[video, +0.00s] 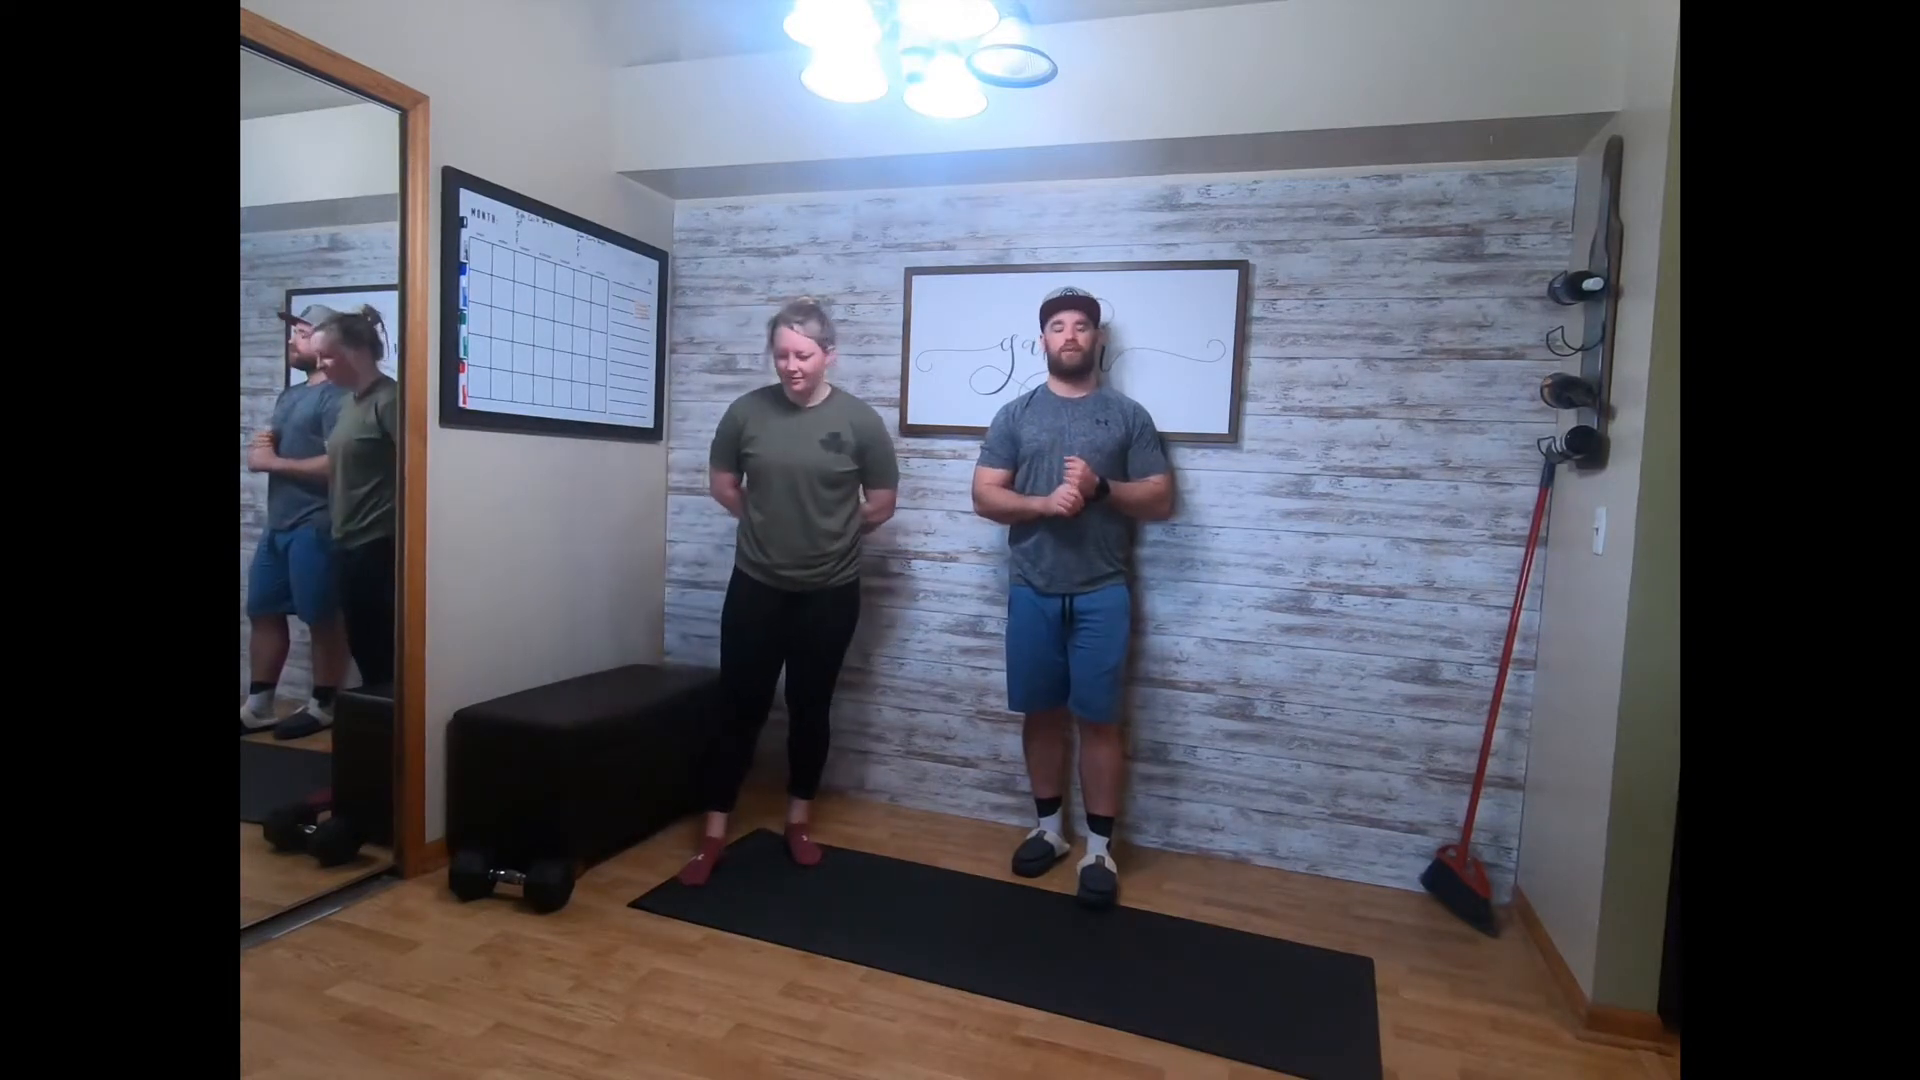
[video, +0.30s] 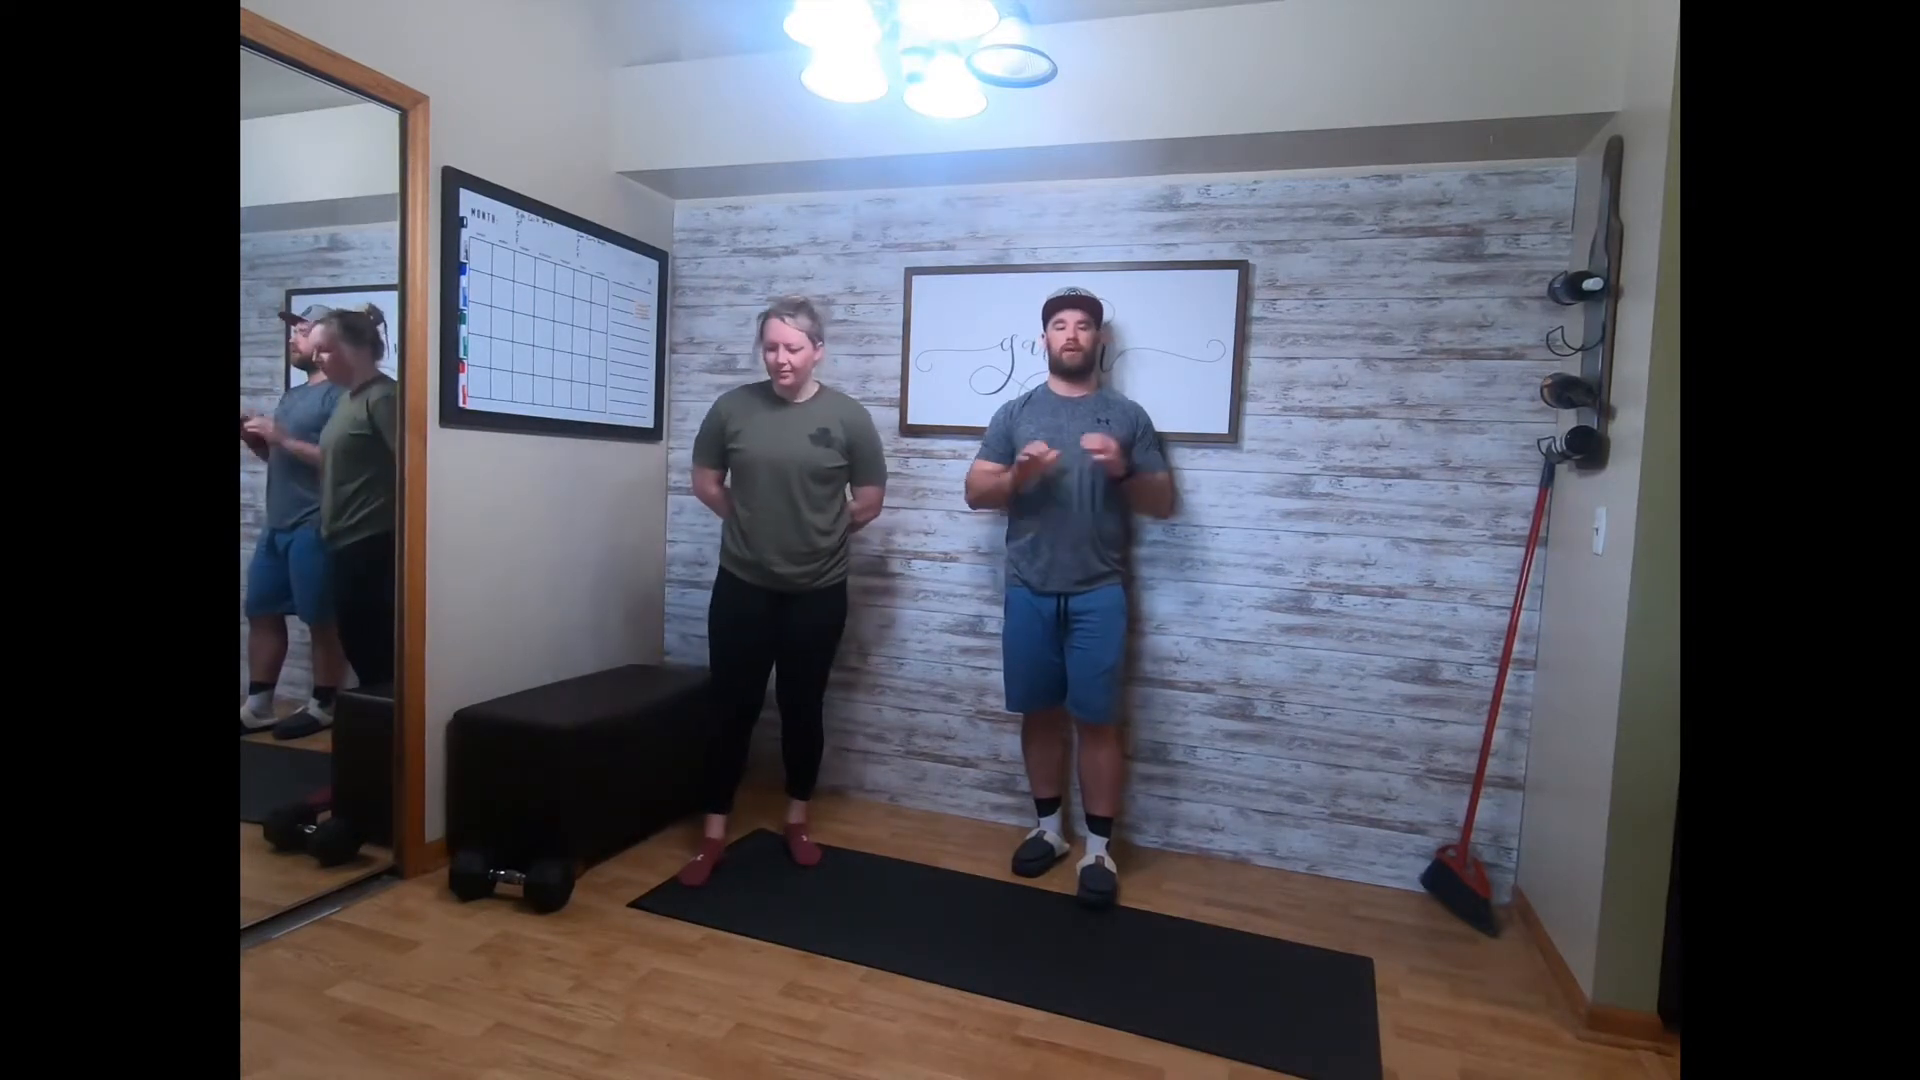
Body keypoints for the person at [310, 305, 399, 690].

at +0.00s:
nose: (324, 368)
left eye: (328, 358)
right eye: (322, 360)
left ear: (356, 354)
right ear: (354, 355)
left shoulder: (390, 399)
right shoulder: (351, 401)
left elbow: (418, 469)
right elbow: (347, 468)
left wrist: (410, 536)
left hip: (381, 545)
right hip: (350, 544)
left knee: (379, 649)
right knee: (366, 648)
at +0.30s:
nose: (320, 362)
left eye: (324, 352)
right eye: (318, 354)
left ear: (353, 348)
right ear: (347, 351)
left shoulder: (384, 397)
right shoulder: (351, 398)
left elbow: (415, 465)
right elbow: (346, 467)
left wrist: (412, 534)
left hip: (375, 542)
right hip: (348, 541)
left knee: (371, 641)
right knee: (358, 639)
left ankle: (391, 733)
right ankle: (380, 727)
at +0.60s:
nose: (312, 349)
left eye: (321, 339)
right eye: (310, 340)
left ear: (352, 343)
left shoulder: (368, 393)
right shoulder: (353, 394)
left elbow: (395, 478)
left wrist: (429, 524)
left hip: (363, 544)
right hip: (347, 543)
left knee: (369, 658)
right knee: (366, 656)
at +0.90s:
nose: (301, 344)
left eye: (308, 335)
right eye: (302, 335)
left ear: (332, 342)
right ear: (348, 342)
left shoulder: (339, 393)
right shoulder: (376, 391)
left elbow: (357, 472)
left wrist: (401, 507)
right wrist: (404, 507)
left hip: (342, 542)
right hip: (374, 537)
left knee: (353, 653)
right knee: (374, 649)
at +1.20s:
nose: (299, 343)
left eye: (305, 334)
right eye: (301, 334)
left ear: (328, 341)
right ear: (353, 342)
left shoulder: (329, 393)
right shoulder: (385, 396)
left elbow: (344, 474)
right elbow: (401, 464)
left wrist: (399, 509)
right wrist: (404, 509)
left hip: (336, 545)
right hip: (380, 542)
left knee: (352, 660)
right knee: (379, 654)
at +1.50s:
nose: (308, 344)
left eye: (314, 335)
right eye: (310, 335)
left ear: (340, 343)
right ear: (349, 344)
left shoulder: (346, 395)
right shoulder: (379, 391)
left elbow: (361, 476)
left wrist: (404, 511)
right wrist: (406, 511)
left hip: (345, 542)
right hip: (372, 537)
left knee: (358, 659)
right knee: (374, 653)